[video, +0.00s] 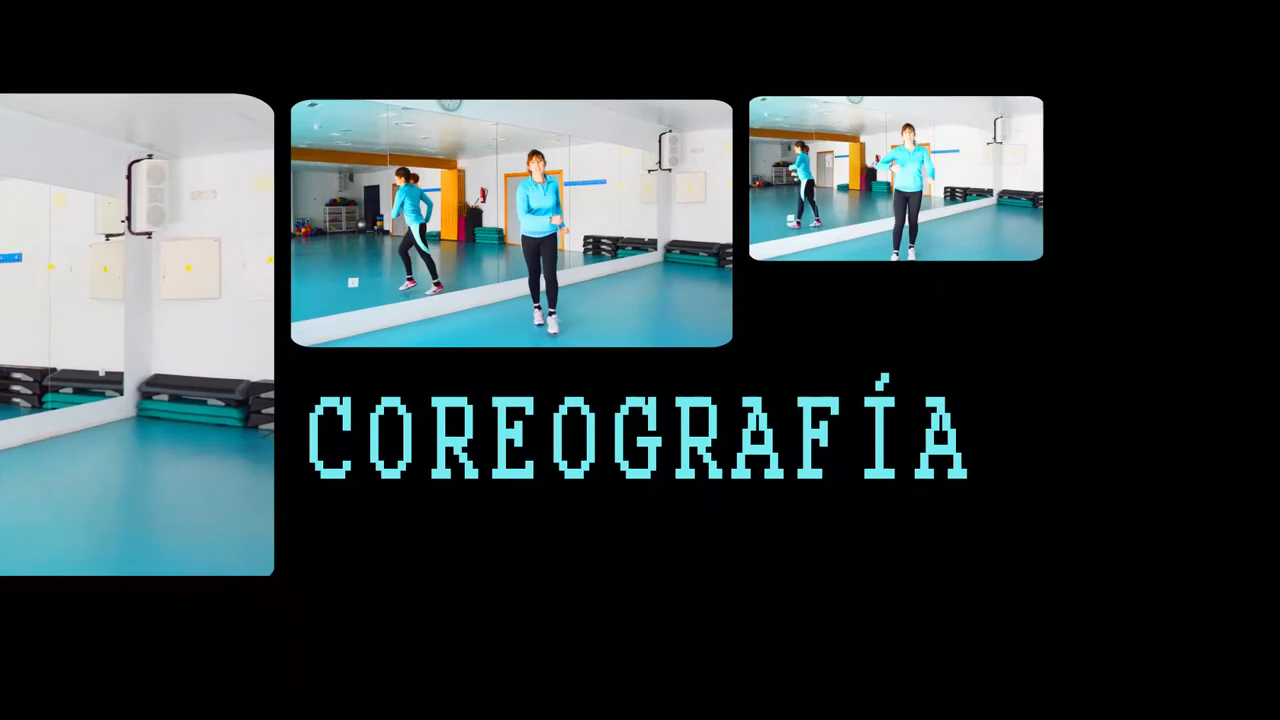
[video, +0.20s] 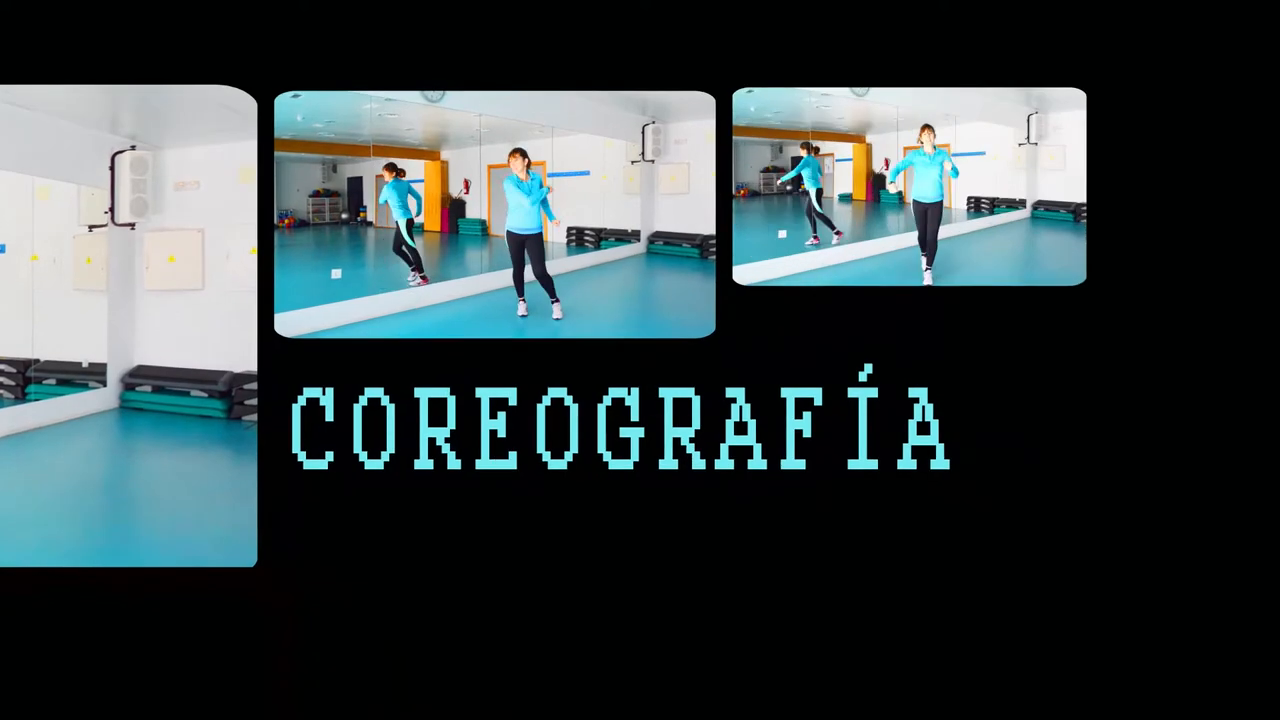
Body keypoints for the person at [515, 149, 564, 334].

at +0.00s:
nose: (537, 164)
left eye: (539, 161)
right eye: (533, 162)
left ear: (544, 163)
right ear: (528, 166)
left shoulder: (553, 184)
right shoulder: (523, 187)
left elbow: (557, 207)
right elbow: (523, 217)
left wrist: (561, 224)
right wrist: (550, 219)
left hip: (549, 235)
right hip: (529, 236)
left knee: (550, 274)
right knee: (534, 273)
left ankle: (552, 313)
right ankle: (536, 308)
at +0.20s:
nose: (513, 164)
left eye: (516, 159)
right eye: (511, 161)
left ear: (525, 161)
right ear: (509, 164)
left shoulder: (536, 179)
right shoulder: (509, 182)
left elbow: (542, 200)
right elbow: (527, 201)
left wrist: (552, 217)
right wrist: (545, 190)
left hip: (534, 232)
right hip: (514, 232)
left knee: (539, 271)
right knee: (518, 269)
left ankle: (555, 301)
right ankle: (521, 301)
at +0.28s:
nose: (503, 158)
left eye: (506, 154)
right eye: (502, 154)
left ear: (516, 154)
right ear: (503, 157)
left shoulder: (530, 171)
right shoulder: (502, 175)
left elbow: (537, 193)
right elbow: (518, 192)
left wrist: (545, 212)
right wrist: (544, 186)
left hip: (529, 224)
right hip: (508, 225)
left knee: (536, 262)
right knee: (512, 261)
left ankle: (548, 297)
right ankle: (514, 296)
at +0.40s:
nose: (491, 143)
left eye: (494, 140)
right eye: (491, 140)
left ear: (505, 141)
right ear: (493, 143)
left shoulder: (522, 158)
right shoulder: (490, 161)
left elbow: (533, 180)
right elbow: (494, 179)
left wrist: (538, 201)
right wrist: (508, 187)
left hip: (520, 211)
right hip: (500, 211)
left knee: (529, 250)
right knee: (498, 251)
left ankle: (540, 288)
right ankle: (502, 286)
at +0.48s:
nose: (485, 141)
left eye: (487, 137)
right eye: (484, 138)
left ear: (498, 137)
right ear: (486, 140)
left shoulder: (515, 154)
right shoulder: (486, 158)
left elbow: (531, 171)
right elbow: (475, 170)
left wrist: (540, 193)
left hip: (515, 208)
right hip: (495, 209)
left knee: (524, 245)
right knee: (488, 245)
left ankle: (534, 283)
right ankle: (490, 285)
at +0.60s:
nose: (474, 135)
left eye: (477, 131)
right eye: (473, 132)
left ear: (488, 132)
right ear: (478, 134)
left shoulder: (506, 150)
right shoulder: (473, 154)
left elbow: (525, 163)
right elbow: (448, 164)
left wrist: (540, 177)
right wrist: (422, 173)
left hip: (506, 204)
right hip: (487, 205)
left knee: (517, 238)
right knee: (476, 238)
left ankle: (529, 272)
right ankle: (476, 283)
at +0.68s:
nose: (468, 125)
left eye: (470, 121)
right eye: (467, 121)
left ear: (481, 121)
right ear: (472, 123)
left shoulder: (498, 141)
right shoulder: (466, 144)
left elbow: (514, 153)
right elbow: (446, 156)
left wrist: (528, 161)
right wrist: (425, 167)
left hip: (497, 195)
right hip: (477, 196)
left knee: (507, 232)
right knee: (472, 233)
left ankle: (525, 262)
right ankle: (474, 276)